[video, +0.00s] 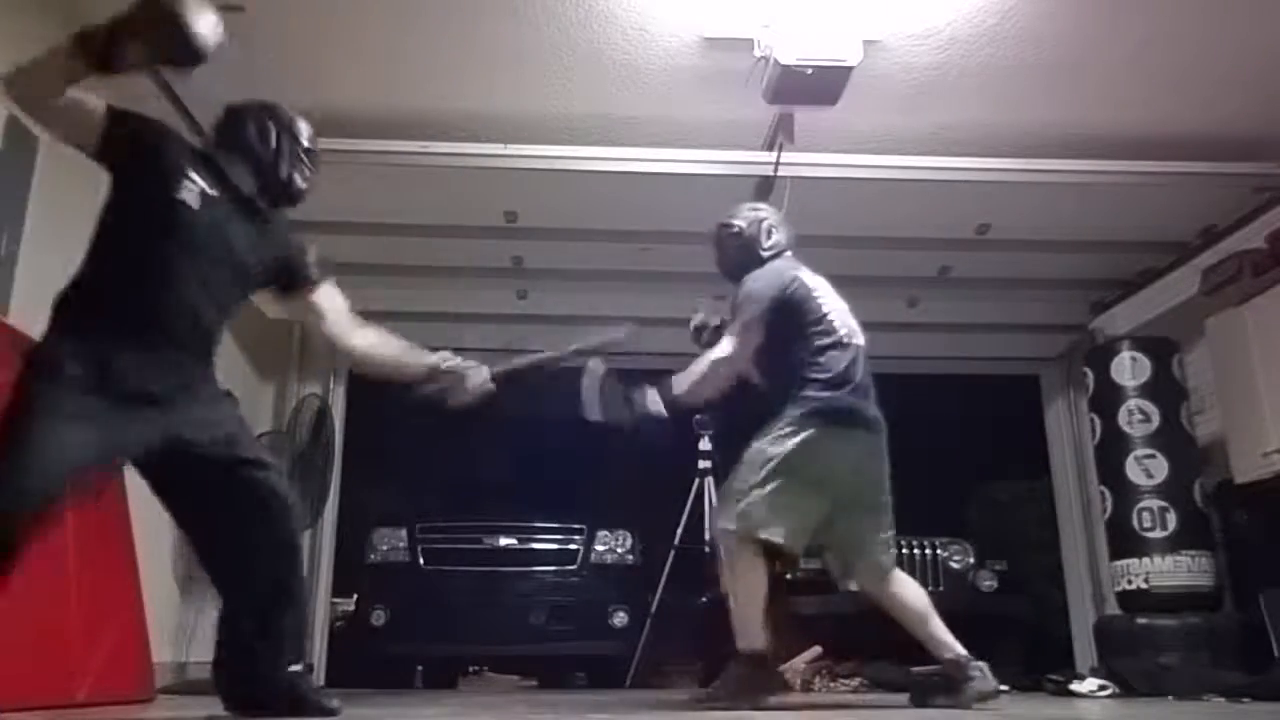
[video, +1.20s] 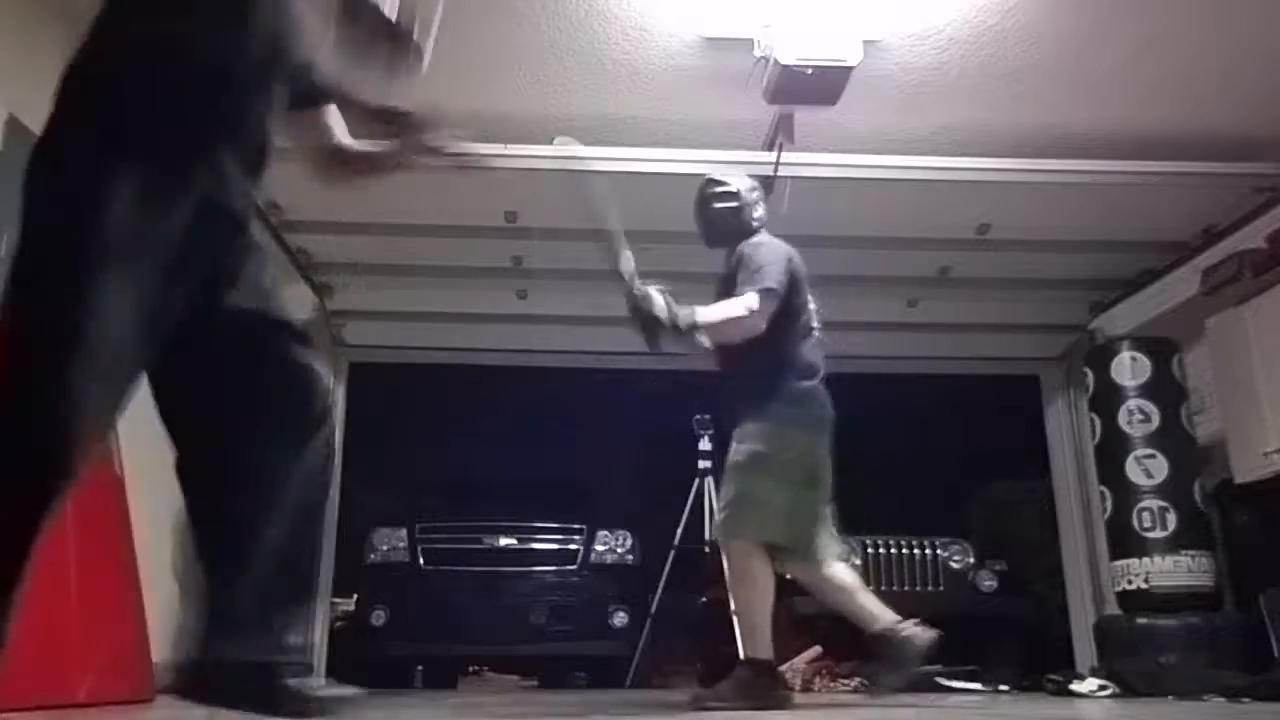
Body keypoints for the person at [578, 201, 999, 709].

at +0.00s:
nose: (719, 244)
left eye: (730, 234)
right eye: (721, 235)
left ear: (763, 238)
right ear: (771, 241)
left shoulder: (766, 281)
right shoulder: (805, 280)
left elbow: (728, 361)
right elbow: (778, 363)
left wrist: (668, 394)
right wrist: (719, 346)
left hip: (815, 420)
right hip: (865, 429)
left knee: (736, 522)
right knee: (869, 563)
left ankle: (752, 663)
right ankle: (962, 666)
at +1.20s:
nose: (716, 210)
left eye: (726, 199)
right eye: (711, 202)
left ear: (750, 207)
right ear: (708, 218)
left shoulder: (765, 249)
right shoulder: (743, 266)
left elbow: (754, 315)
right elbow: (733, 350)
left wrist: (680, 316)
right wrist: (668, 335)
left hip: (781, 409)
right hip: (787, 412)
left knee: (737, 530)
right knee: (801, 549)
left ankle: (757, 670)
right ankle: (899, 635)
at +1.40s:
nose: (697, 219)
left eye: (709, 209)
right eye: (691, 212)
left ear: (737, 215)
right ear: (683, 227)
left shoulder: (746, 259)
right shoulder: (718, 276)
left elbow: (739, 332)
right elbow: (689, 361)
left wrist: (703, 379)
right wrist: (689, 316)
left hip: (768, 410)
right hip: (753, 412)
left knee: (690, 504)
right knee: (769, 553)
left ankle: (725, 649)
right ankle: (832, 663)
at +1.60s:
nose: (644, 222)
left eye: (655, 213)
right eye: (641, 213)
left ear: (685, 219)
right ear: (646, 230)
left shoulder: (697, 254)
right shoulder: (665, 302)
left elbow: (637, 222)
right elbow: (626, 350)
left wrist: (574, 180)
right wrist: (596, 306)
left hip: (740, 415)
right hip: (715, 428)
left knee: (663, 520)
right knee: (717, 567)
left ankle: (623, 672)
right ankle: (821, 658)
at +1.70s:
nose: (620, 215)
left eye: (631, 206)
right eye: (617, 207)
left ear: (660, 213)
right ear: (623, 215)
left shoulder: (677, 250)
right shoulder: (647, 291)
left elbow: (626, 227)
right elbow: (631, 377)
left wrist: (563, 184)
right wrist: (593, 342)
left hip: (720, 413)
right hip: (706, 426)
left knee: (634, 514)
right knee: (681, 578)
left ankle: (618, 670)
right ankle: (797, 644)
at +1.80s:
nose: (596, 227)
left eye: (603, 213)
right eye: (595, 216)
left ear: (631, 211)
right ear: (646, 212)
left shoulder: (659, 255)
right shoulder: (651, 263)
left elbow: (632, 315)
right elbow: (636, 377)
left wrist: (598, 318)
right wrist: (592, 348)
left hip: (704, 410)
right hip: (705, 416)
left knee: (626, 515)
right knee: (671, 578)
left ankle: (616, 671)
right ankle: (776, 636)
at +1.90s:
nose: (601, 217)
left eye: (611, 206)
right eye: (598, 209)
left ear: (647, 211)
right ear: (595, 222)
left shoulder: (671, 266)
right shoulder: (629, 281)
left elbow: (672, 350)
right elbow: (609, 370)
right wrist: (577, 335)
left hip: (704, 416)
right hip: (678, 423)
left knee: (624, 523)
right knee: (651, 569)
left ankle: (616, 671)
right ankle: (750, 638)